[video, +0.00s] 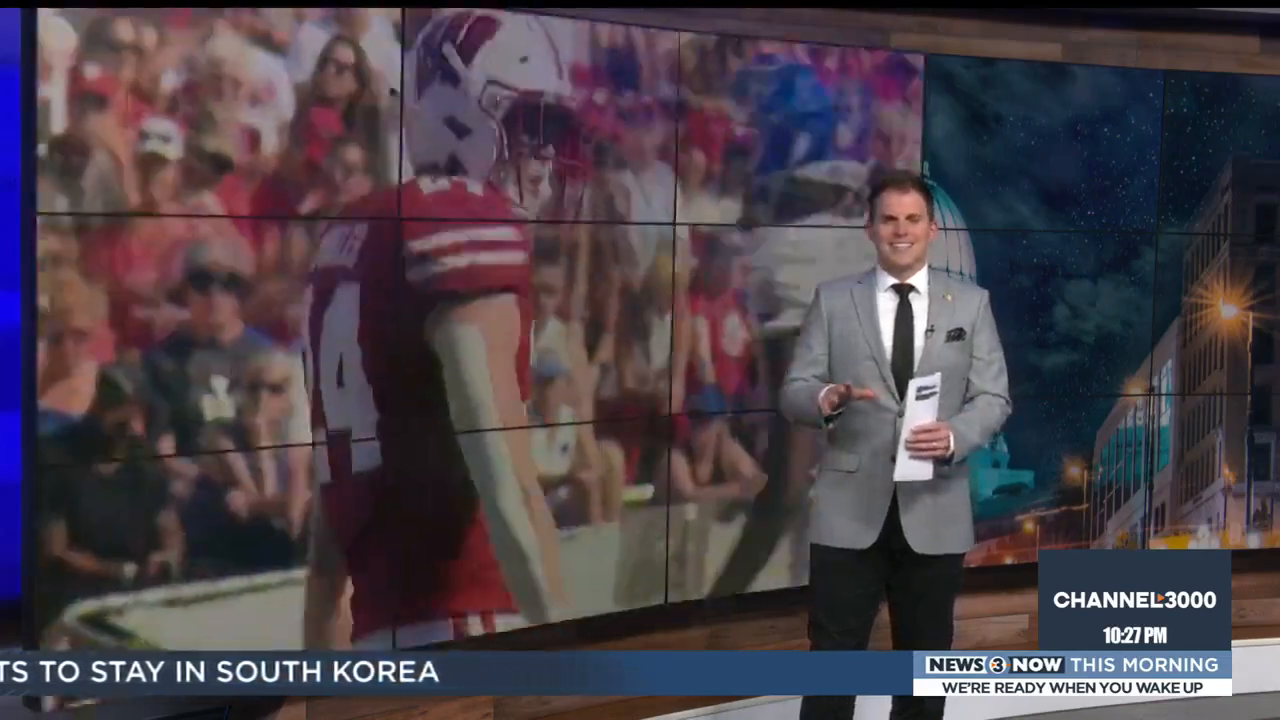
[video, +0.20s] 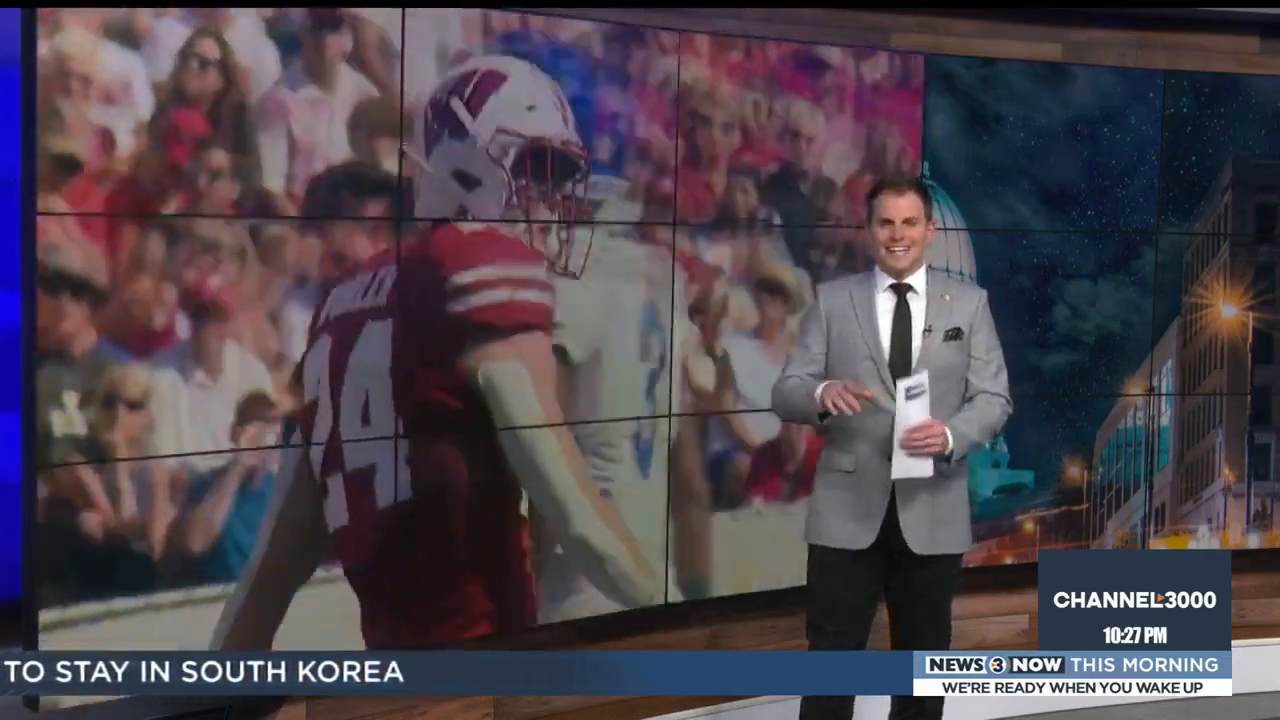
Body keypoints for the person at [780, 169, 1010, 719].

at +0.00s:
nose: (901, 230)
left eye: (913, 219)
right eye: (889, 219)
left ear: (932, 227)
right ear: (871, 228)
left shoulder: (969, 301)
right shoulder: (833, 300)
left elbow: (993, 398)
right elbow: (794, 391)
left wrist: (955, 434)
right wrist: (822, 399)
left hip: (933, 508)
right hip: (848, 507)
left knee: (926, 665)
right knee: (832, 663)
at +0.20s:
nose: (897, 234)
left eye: (909, 223)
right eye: (885, 223)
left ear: (929, 229)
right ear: (869, 230)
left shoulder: (968, 302)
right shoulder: (831, 301)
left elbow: (994, 398)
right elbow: (785, 391)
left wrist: (951, 434)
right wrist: (821, 393)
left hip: (932, 511)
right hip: (846, 510)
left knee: (925, 669)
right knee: (830, 666)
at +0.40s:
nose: (895, 235)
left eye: (907, 222)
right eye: (883, 223)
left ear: (927, 230)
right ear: (867, 231)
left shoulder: (965, 301)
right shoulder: (828, 300)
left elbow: (991, 399)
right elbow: (780, 385)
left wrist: (936, 426)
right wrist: (794, 400)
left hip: (928, 511)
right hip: (843, 509)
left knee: (923, 669)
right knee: (828, 668)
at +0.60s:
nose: (887, 231)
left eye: (900, 220)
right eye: (876, 220)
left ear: (920, 228)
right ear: (861, 230)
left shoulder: (960, 301)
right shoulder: (823, 301)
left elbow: (983, 402)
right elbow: (790, 382)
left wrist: (919, 433)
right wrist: (784, 406)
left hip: (923, 512)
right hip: (837, 511)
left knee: (919, 669)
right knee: (825, 668)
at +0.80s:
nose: (882, 230)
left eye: (895, 218)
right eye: (870, 219)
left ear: (916, 228)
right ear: (855, 228)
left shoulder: (957, 303)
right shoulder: (816, 302)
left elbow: (978, 404)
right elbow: (787, 383)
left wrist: (916, 438)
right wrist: (780, 407)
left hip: (919, 513)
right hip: (833, 511)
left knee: (916, 670)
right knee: (821, 670)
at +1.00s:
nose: (878, 229)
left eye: (891, 217)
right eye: (866, 217)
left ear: (912, 227)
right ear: (850, 226)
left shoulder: (953, 304)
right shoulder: (813, 302)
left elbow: (974, 405)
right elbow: (782, 388)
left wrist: (912, 439)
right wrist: (779, 411)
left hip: (915, 517)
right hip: (828, 515)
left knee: (913, 672)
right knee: (819, 672)